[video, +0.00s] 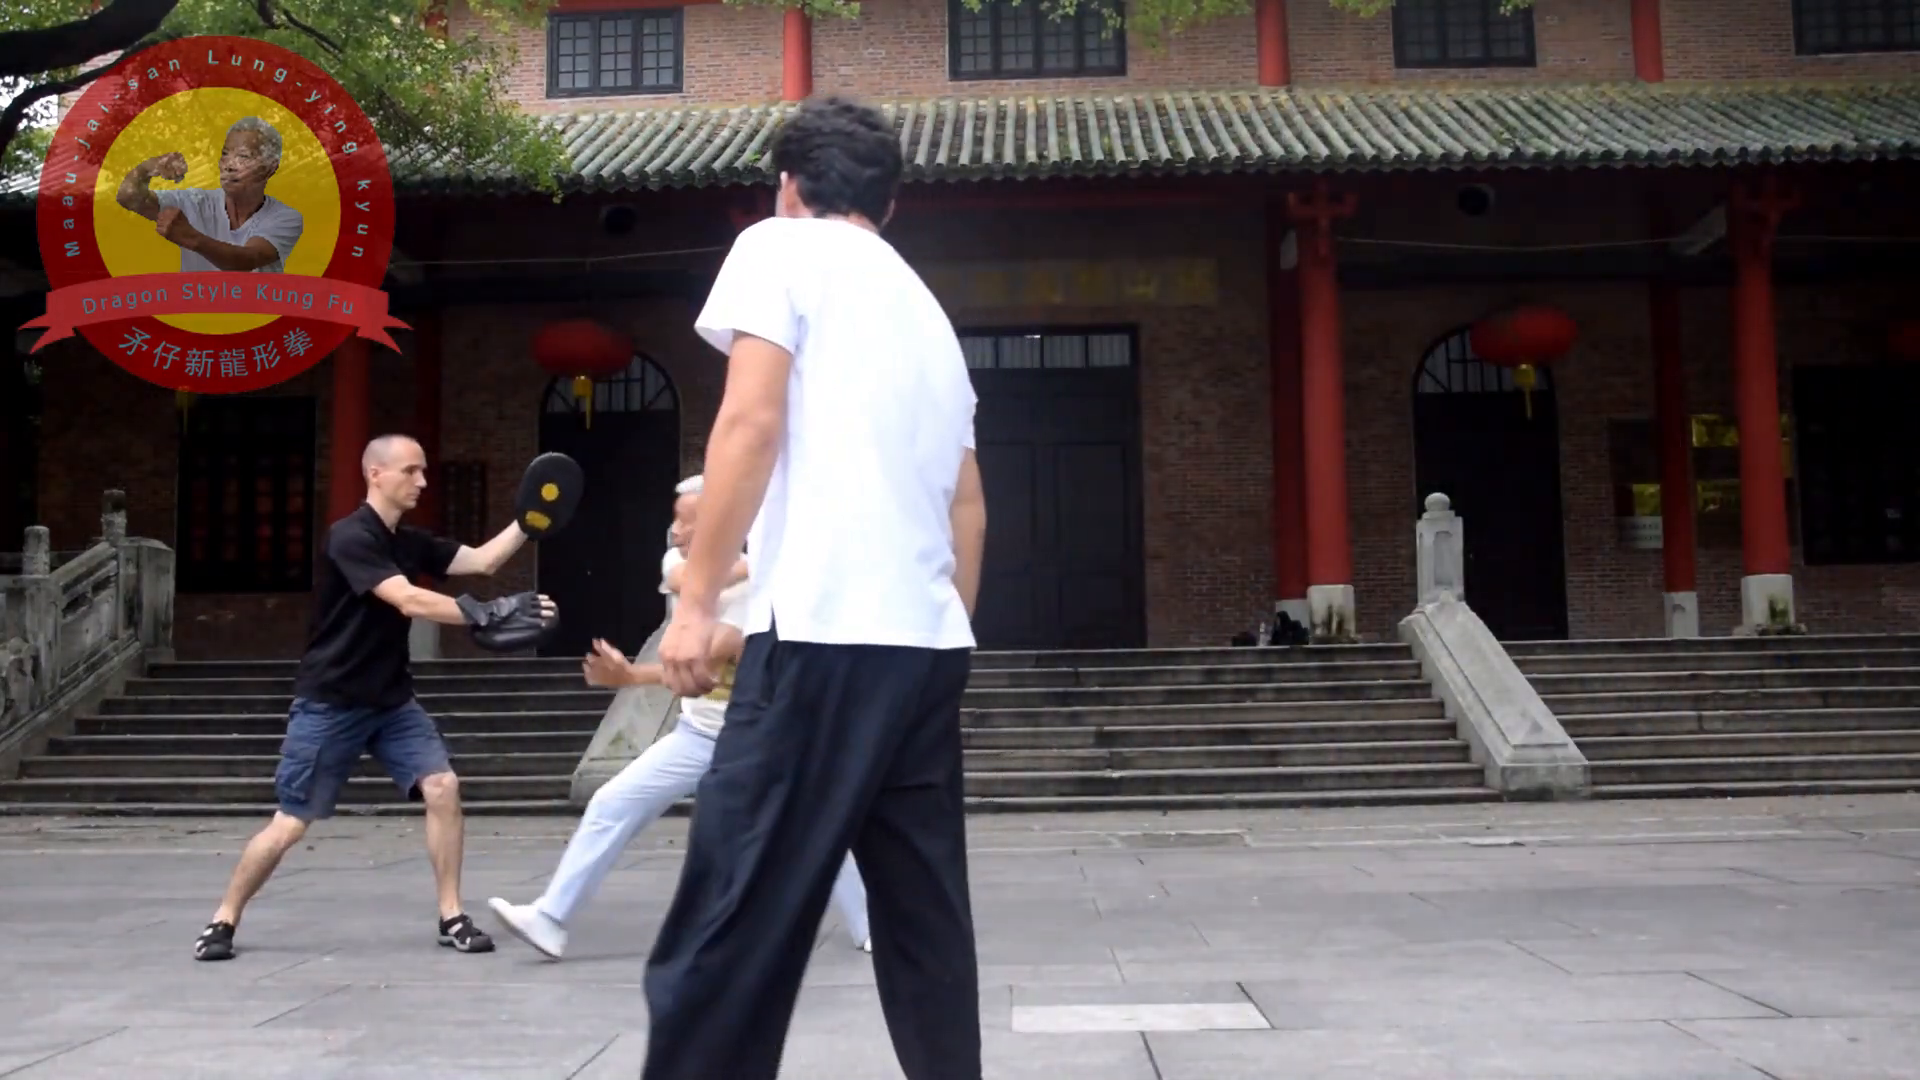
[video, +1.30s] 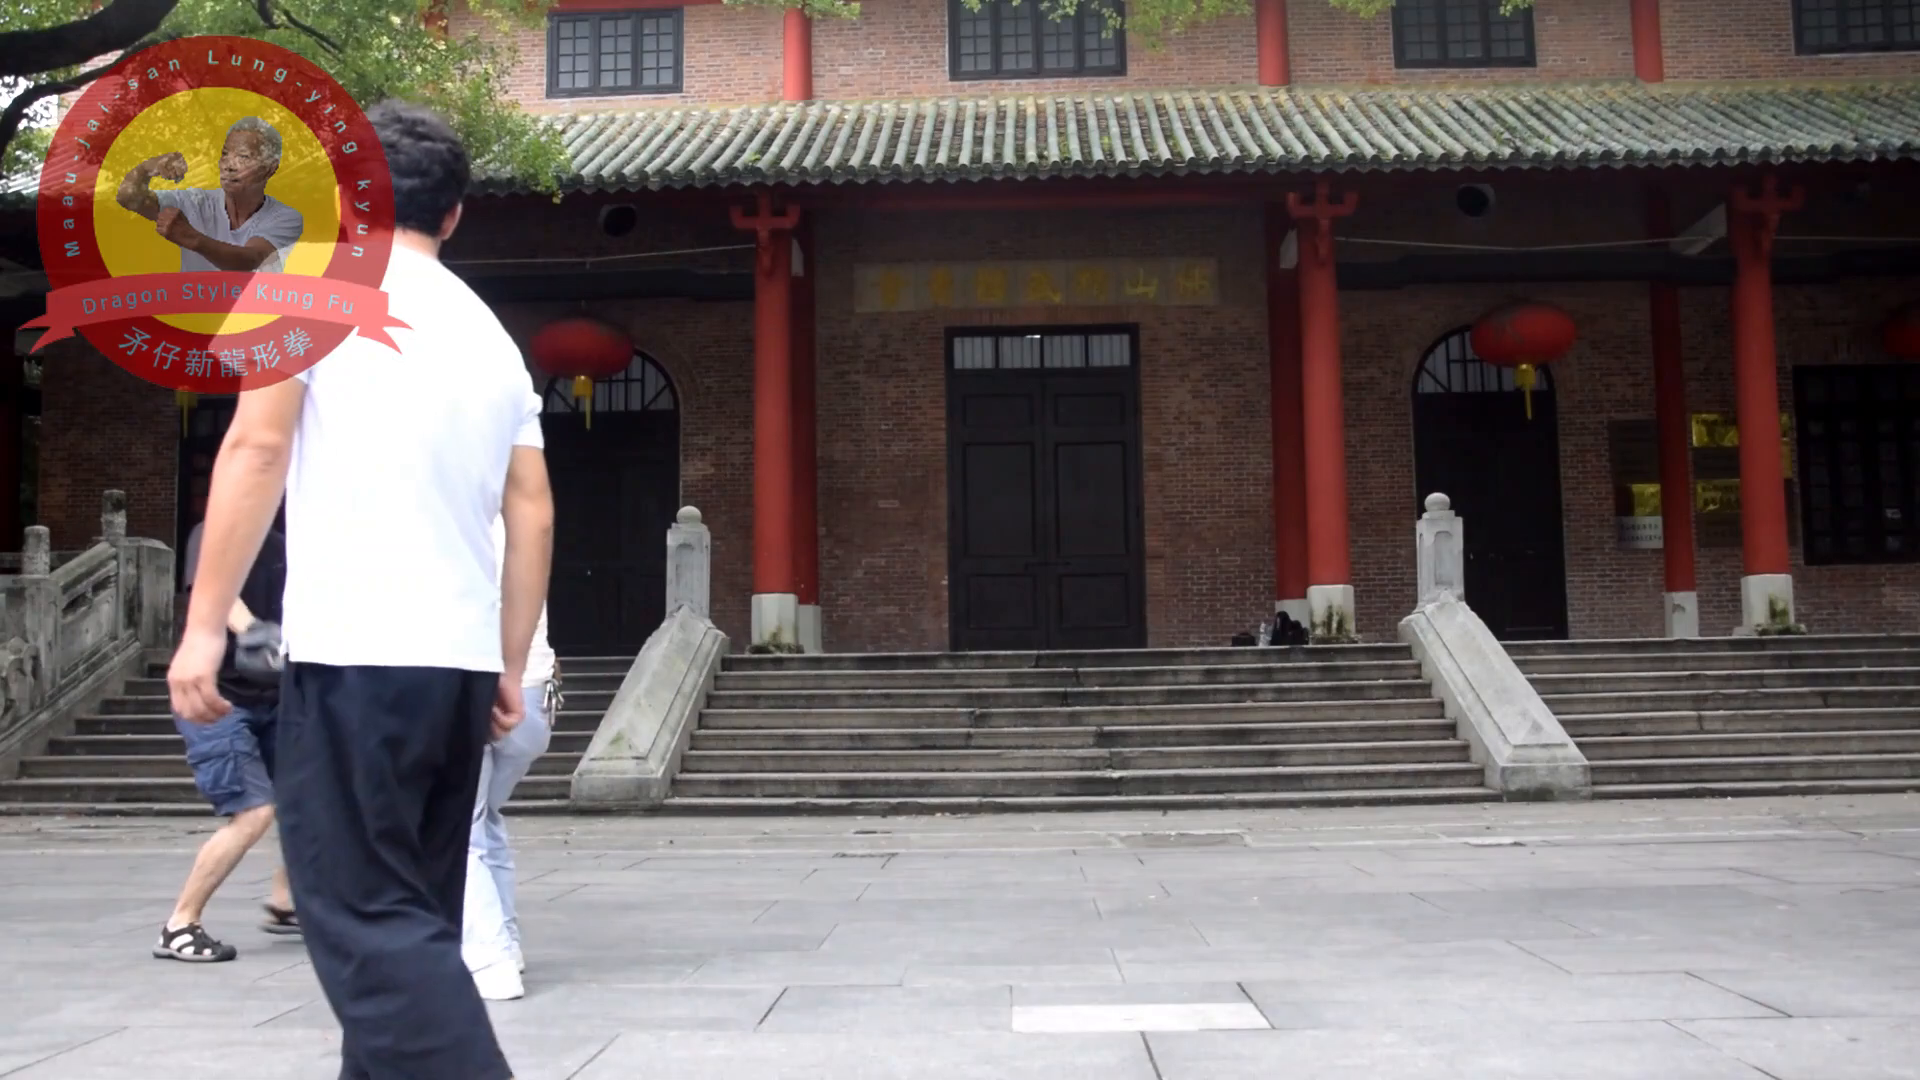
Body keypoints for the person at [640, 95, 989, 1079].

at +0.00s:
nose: (768, 203)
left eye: (769, 190)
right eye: (770, 192)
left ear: (790, 190)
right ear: (886, 202)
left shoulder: (779, 248)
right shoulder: (929, 315)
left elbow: (751, 419)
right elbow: (967, 503)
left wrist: (696, 601)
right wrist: (945, 633)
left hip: (821, 641)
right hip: (929, 648)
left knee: (734, 922)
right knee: (926, 922)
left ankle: (695, 1065)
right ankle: (949, 1071)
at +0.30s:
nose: (637, 190)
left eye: (641, 179)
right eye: (642, 179)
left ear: (654, 185)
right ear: (760, 205)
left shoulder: (626, 262)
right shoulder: (804, 314)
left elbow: (598, 444)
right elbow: (851, 502)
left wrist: (554, 637)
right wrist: (849, 661)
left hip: (666, 671)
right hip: (794, 672)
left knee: (592, 942)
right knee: (851, 922)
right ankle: (911, 1072)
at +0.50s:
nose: (539, 165)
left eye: (540, 153)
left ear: (553, 161)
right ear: (661, 176)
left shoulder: (524, 247)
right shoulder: (713, 291)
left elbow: (481, 441)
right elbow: (764, 480)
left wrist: (428, 623)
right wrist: (745, 639)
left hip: (574, 656)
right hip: (701, 653)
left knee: (544, 916)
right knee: (710, 883)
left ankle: (553, 1074)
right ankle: (821, 1064)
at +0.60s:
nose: (499, 164)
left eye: (500, 152)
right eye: (507, 151)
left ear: (512, 160)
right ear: (620, 169)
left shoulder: (483, 247)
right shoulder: (679, 288)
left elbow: (427, 446)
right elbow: (731, 476)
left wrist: (372, 628)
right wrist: (714, 636)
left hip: (548, 656)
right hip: (672, 651)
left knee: (522, 924)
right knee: (648, 887)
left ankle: (549, 1076)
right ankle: (735, 1064)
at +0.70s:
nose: (468, 169)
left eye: (468, 156)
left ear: (480, 163)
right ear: (590, 168)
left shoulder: (450, 251)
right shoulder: (652, 288)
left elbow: (394, 450)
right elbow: (707, 475)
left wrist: (336, 633)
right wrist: (697, 634)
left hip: (520, 656)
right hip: (647, 656)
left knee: (507, 932)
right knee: (610, 919)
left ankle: (537, 1074)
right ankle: (618, 1073)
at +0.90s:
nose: (420, 184)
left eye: (420, 171)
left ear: (427, 175)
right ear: (538, 179)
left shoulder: (410, 260)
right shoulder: (601, 303)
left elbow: (349, 453)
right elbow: (658, 480)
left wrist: (302, 643)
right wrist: (665, 644)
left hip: (464, 662)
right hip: (587, 661)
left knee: (486, 939)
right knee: (518, 924)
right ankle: (474, 1068)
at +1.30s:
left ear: (343, 195)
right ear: (453, 218)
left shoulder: (310, 284)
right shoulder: (492, 338)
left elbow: (258, 448)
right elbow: (530, 508)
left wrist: (206, 622)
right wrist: (511, 660)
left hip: (350, 659)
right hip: (466, 662)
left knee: (363, 919)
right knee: (417, 914)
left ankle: (472, 1075)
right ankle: (384, 1071)